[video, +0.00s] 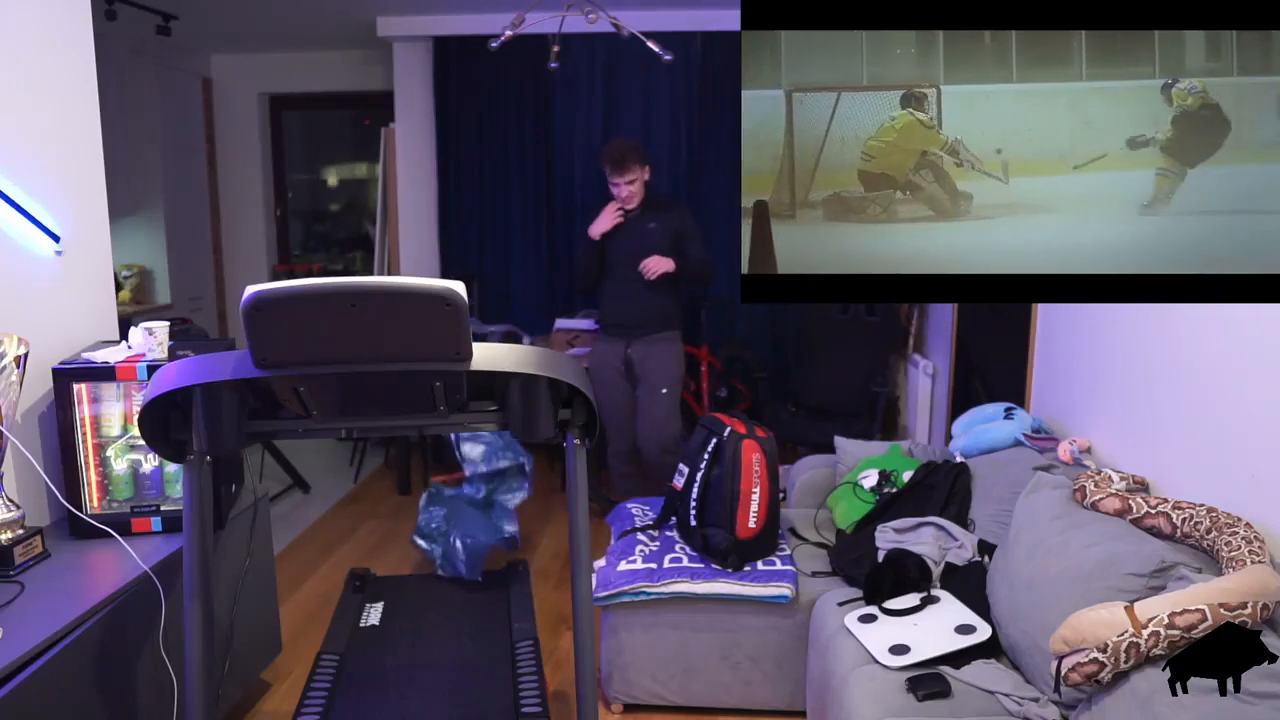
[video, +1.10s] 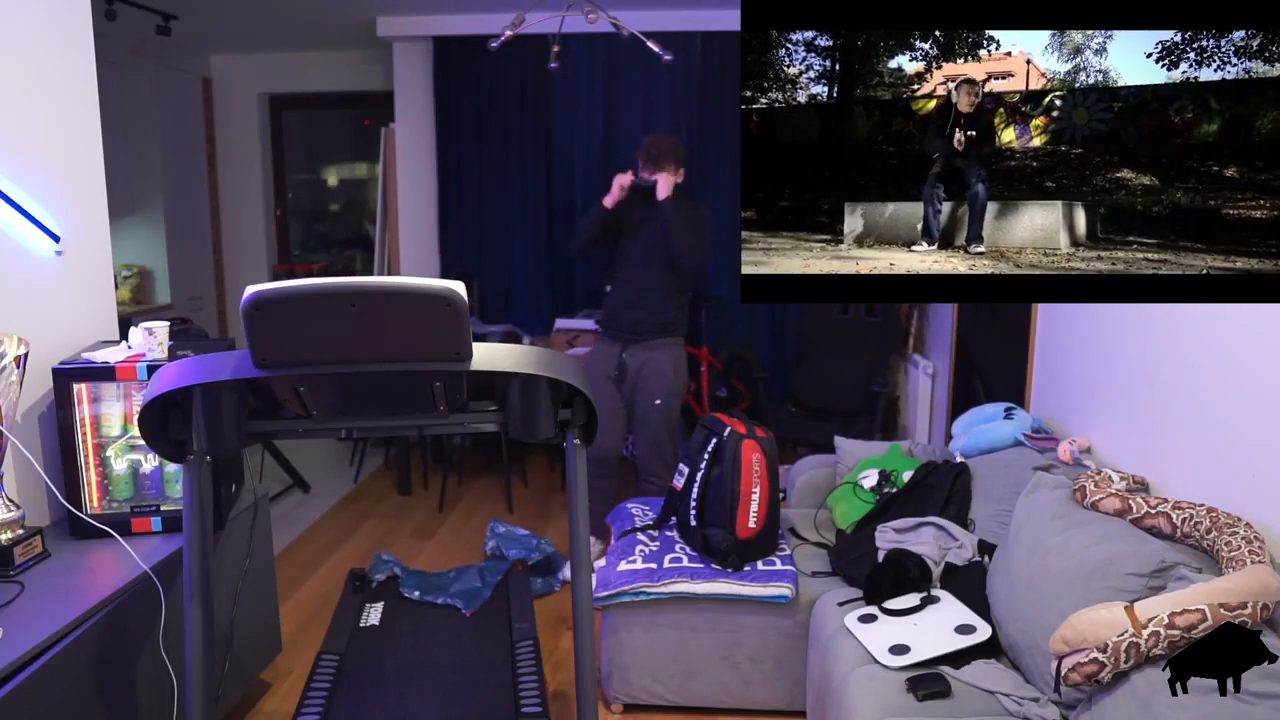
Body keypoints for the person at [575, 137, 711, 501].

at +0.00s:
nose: (623, 192)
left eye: (631, 182)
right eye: (615, 184)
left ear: (646, 175)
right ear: (607, 180)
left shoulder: (671, 217)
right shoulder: (603, 222)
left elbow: (702, 270)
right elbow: (583, 284)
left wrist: (675, 263)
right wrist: (593, 235)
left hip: (659, 342)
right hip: (610, 344)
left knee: (658, 439)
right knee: (618, 445)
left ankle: (676, 517)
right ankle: (633, 523)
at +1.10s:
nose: (650, 179)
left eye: (660, 173)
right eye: (646, 172)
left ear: (679, 175)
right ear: (636, 170)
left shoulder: (691, 214)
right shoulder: (624, 208)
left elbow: (690, 259)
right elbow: (582, 244)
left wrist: (665, 201)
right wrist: (610, 202)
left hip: (660, 346)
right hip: (608, 344)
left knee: (655, 448)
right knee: (600, 446)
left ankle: (654, 543)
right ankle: (596, 535)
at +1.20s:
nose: (643, 173)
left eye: (653, 165)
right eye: (639, 165)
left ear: (673, 173)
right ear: (631, 173)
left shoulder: (685, 205)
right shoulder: (624, 203)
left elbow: (676, 237)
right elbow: (582, 221)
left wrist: (654, 181)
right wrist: (603, 178)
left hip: (660, 350)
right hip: (610, 348)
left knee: (654, 454)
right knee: (599, 453)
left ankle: (658, 549)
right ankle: (592, 545)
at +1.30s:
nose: (642, 170)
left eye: (649, 163)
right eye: (637, 166)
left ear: (667, 169)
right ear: (632, 172)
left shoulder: (687, 207)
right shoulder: (624, 203)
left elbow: (672, 220)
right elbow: (576, 201)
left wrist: (649, 163)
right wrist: (598, 155)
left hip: (660, 347)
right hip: (610, 345)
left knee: (655, 453)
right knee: (598, 449)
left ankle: (658, 548)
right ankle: (593, 543)